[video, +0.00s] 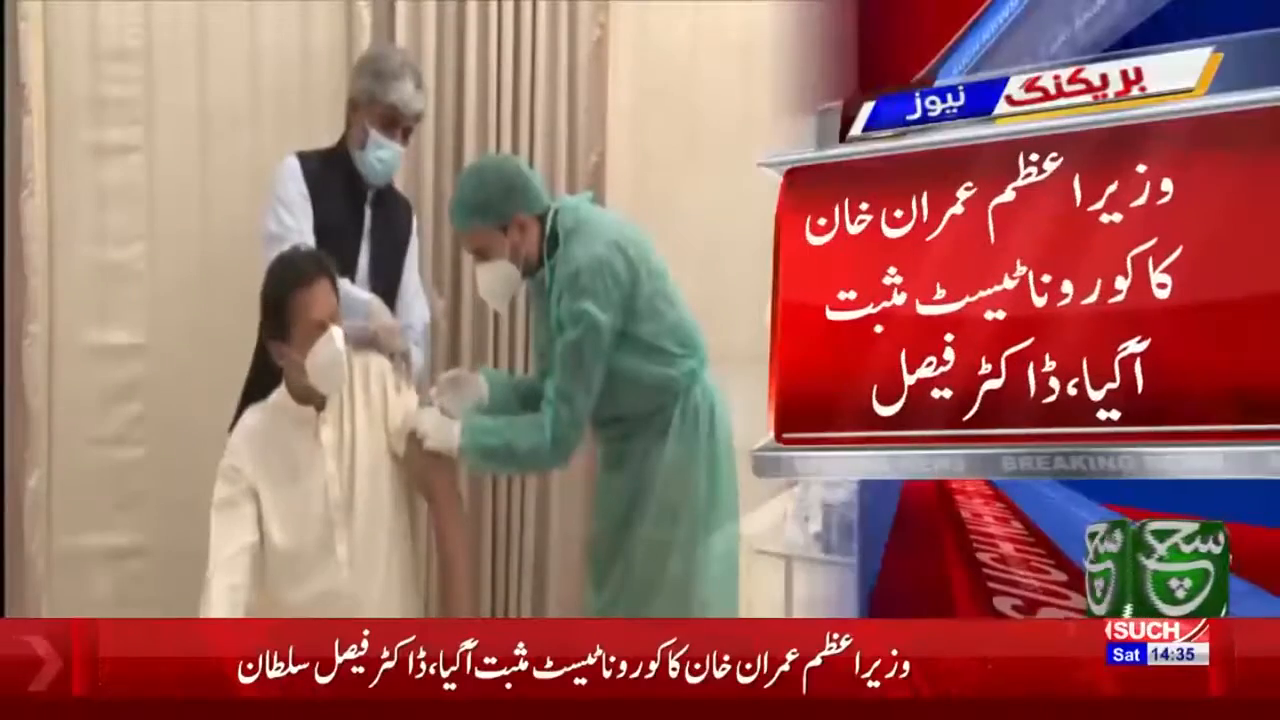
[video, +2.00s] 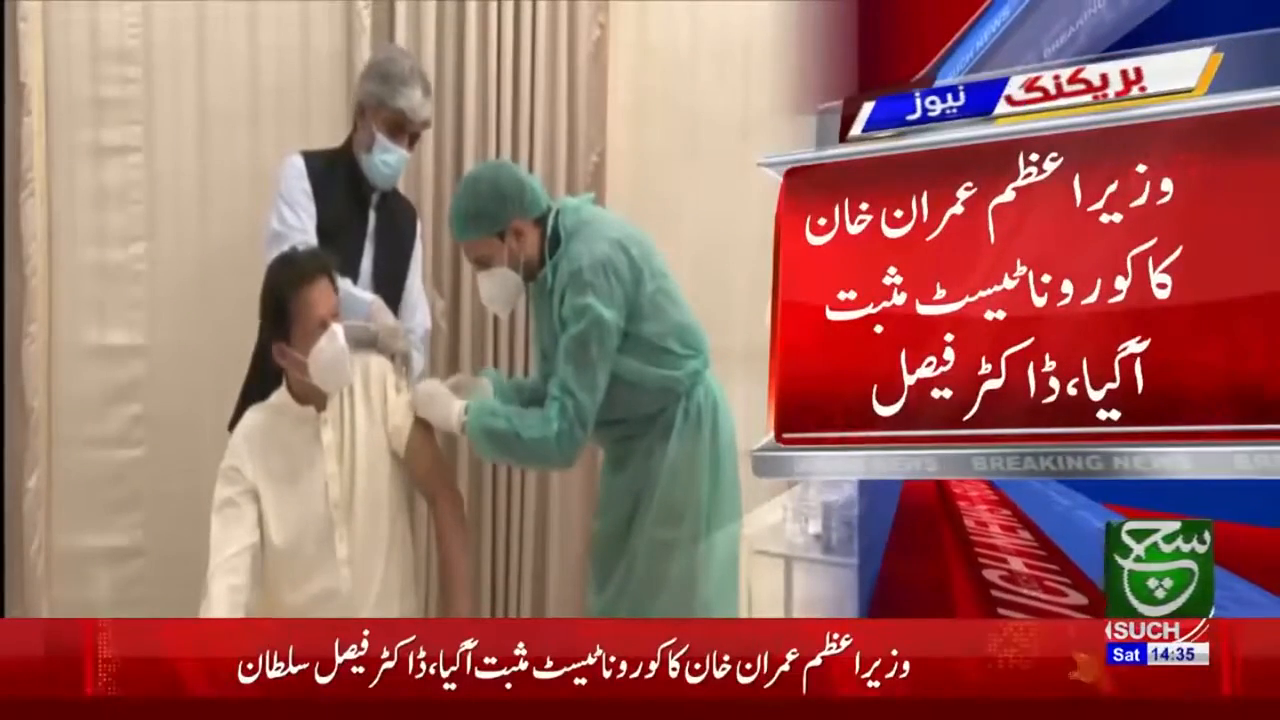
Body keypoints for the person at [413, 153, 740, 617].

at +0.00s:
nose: (481, 268)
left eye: (484, 254)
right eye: (475, 256)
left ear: (522, 228)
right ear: (522, 228)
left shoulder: (589, 260)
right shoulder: (552, 257)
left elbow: (558, 435)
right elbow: (551, 393)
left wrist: (459, 437)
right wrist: (485, 389)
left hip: (675, 432)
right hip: (628, 434)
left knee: (654, 596)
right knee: (614, 590)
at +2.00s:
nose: (483, 276)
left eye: (485, 263)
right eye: (476, 266)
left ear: (519, 233)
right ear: (519, 234)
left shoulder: (591, 261)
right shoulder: (553, 260)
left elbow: (562, 436)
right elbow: (554, 396)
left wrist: (461, 416)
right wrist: (488, 390)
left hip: (679, 434)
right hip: (632, 438)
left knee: (655, 604)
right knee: (614, 598)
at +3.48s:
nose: (506, 206)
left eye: (512, 190)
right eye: (501, 192)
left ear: (553, 171)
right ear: (551, 171)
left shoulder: (611, 225)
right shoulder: (581, 211)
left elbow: (583, 388)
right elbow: (595, 333)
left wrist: (484, 433)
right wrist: (550, 367)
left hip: (666, 429)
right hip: (629, 427)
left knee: (644, 600)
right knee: (613, 593)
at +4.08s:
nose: (528, 173)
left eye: (534, 159)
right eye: (523, 160)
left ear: (576, 141)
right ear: (572, 142)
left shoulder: (626, 209)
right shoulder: (596, 197)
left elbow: (586, 356)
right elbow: (588, 324)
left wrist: (486, 417)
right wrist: (554, 355)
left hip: (658, 429)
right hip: (622, 426)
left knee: (639, 602)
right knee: (608, 595)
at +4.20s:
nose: (495, 239)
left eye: (497, 220)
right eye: (486, 222)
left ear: (543, 183)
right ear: (543, 182)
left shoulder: (635, 220)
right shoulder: (584, 219)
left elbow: (588, 448)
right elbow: (585, 400)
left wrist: (457, 456)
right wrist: (500, 395)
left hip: (749, 456)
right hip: (677, 462)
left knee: (724, 653)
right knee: (655, 649)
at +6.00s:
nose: (493, 254)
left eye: (495, 236)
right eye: (484, 239)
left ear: (542, 197)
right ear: (543, 197)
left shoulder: (634, 231)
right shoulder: (581, 229)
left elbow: (590, 455)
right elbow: (572, 399)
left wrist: (460, 466)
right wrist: (488, 399)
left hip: (750, 466)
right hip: (677, 473)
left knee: (731, 660)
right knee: (654, 657)